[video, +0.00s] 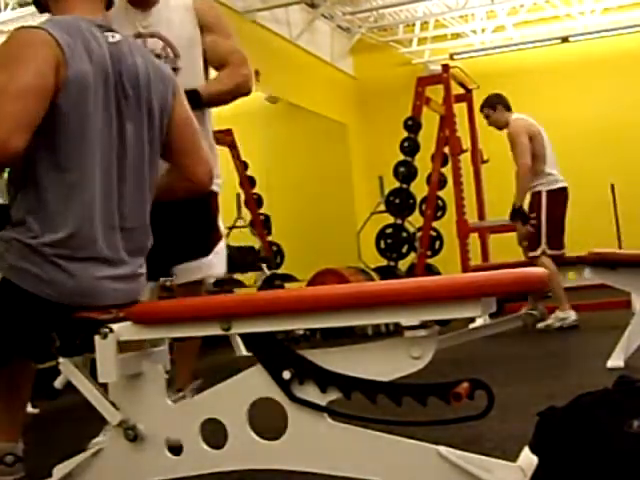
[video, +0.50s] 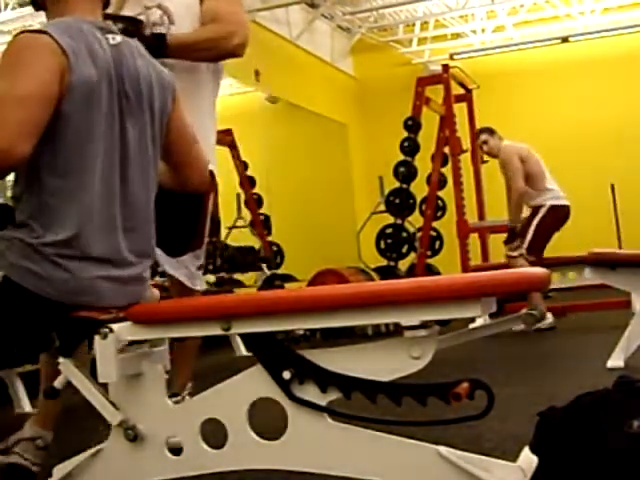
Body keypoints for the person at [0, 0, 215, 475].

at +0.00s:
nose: (37, 9)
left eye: (39, 5)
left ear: (46, 2)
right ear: (107, 3)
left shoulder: (38, 42)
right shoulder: (156, 69)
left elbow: (9, 142)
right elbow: (198, 174)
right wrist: (130, 187)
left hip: (39, 280)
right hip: (123, 285)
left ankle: (8, 450)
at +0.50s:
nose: (38, 10)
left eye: (40, 7)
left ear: (45, 3)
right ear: (105, 5)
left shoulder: (41, 46)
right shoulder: (154, 74)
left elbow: (11, 147)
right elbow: (194, 175)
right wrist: (130, 159)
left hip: (40, 283)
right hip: (125, 289)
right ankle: (37, 436)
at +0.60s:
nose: (35, 11)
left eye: (35, 8)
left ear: (42, 4)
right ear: (102, 4)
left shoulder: (44, 45)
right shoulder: (152, 71)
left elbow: (15, 143)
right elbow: (195, 176)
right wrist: (130, 161)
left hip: (41, 280)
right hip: (125, 287)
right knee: (61, 349)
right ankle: (35, 442)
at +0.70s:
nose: (35, 11)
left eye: (35, 8)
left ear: (42, 4)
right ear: (103, 4)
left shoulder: (46, 45)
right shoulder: (152, 71)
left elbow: (18, 142)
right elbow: (195, 175)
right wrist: (131, 159)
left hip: (42, 277)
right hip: (125, 284)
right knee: (50, 337)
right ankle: (28, 439)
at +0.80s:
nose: (40, 11)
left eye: (40, 8)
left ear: (45, 4)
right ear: (106, 4)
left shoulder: (47, 45)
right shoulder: (155, 75)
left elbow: (19, 143)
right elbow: (194, 173)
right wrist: (133, 152)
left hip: (45, 275)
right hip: (124, 282)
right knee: (38, 341)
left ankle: (13, 441)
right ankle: (12, 440)